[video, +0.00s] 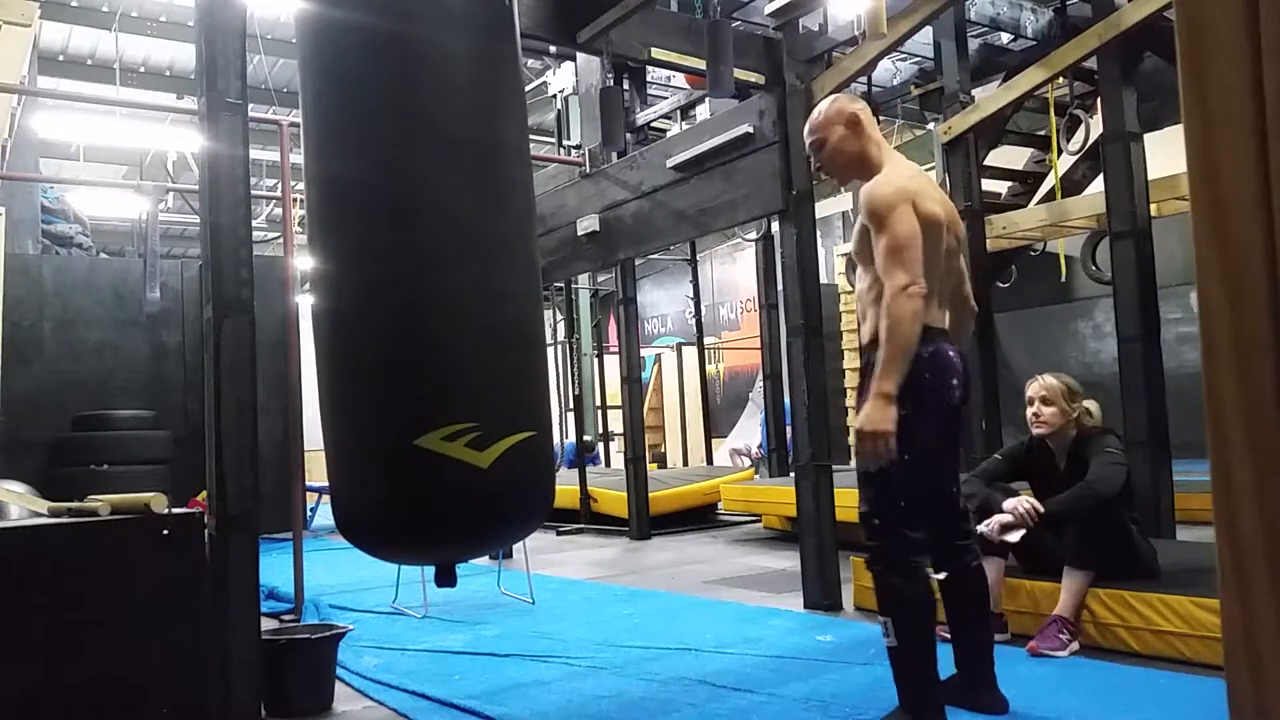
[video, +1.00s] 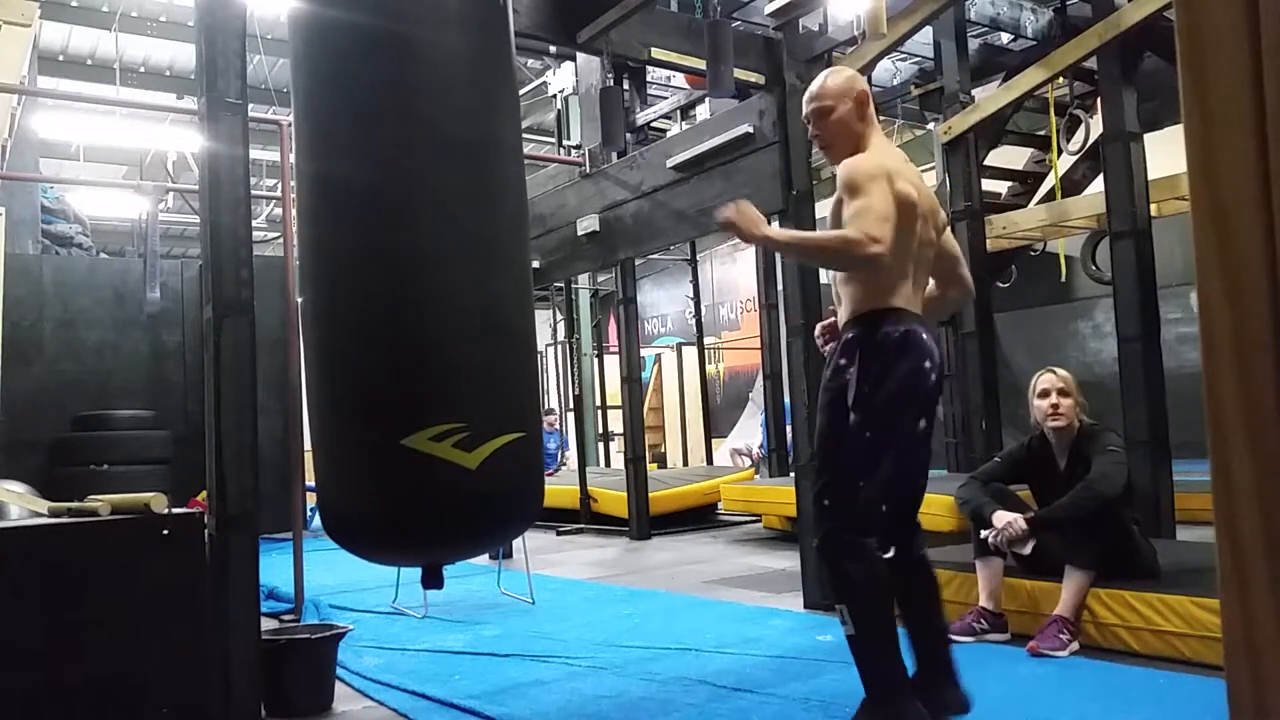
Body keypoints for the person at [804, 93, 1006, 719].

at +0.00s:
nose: (818, 165)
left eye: (819, 147)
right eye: (812, 154)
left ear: (857, 125)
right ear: (866, 128)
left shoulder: (883, 190)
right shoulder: (931, 189)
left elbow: (906, 292)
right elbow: (961, 302)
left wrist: (881, 396)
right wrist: (941, 374)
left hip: (906, 368)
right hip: (943, 365)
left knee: (890, 538)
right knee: (948, 529)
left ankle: (917, 700)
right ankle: (977, 679)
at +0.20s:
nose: (826, 160)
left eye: (832, 144)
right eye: (822, 149)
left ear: (869, 128)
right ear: (869, 132)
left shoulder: (906, 192)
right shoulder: (915, 187)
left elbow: (940, 296)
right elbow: (900, 308)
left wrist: (898, 392)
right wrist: (875, 393)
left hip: (911, 372)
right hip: (933, 368)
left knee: (878, 533)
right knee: (951, 526)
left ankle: (906, 697)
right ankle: (978, 678)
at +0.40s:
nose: (838, 158)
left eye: (846, 143)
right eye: (834, 147)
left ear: (882, 132)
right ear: (872, 138)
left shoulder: (915, 192)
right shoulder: (905, 193)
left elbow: (942, 296)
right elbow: (910, 301)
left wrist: (877, 377)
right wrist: (867, 389)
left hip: (915, 379)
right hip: (915, 375)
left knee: (907, 538)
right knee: (944, 531)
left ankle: (904, 702)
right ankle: (977, 677)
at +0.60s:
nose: (837, 166)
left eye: (841, 150)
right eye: (832, 155)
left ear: (879, 132)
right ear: (872, 137)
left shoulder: (913, 191)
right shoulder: (906, 192)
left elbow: (921, 287)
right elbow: (918, 307)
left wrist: (821, 328)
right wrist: (859, 369)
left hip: (903, 373)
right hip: (908, 371)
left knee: (887, 533)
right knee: (933, 526)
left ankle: (900, 702)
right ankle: (975, 678)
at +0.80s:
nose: (826, 162)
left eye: (833, 146)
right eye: (821, 151)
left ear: (873, 134)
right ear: (870, 139)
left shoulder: (890, 198)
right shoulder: (912, 197)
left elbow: (899, 287)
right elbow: (930, 319)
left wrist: (796, 307)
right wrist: (851, 362)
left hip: (888, 383)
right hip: (912, 380)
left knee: (842, 542)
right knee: (914, 531)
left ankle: (892, 704)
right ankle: (973, 678)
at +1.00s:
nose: (811, 129)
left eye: (820, 114)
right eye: (807, 118)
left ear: (858, 107)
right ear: (866, 114)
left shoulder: (864, 167)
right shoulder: (912, 178)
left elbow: (870, 245)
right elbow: (955, 283)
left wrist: (767, 236)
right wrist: (865, 319)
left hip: (875, 354)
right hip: (918, 352)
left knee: (844, 531)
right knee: (897, 527)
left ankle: (887, 700)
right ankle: (939, 684)